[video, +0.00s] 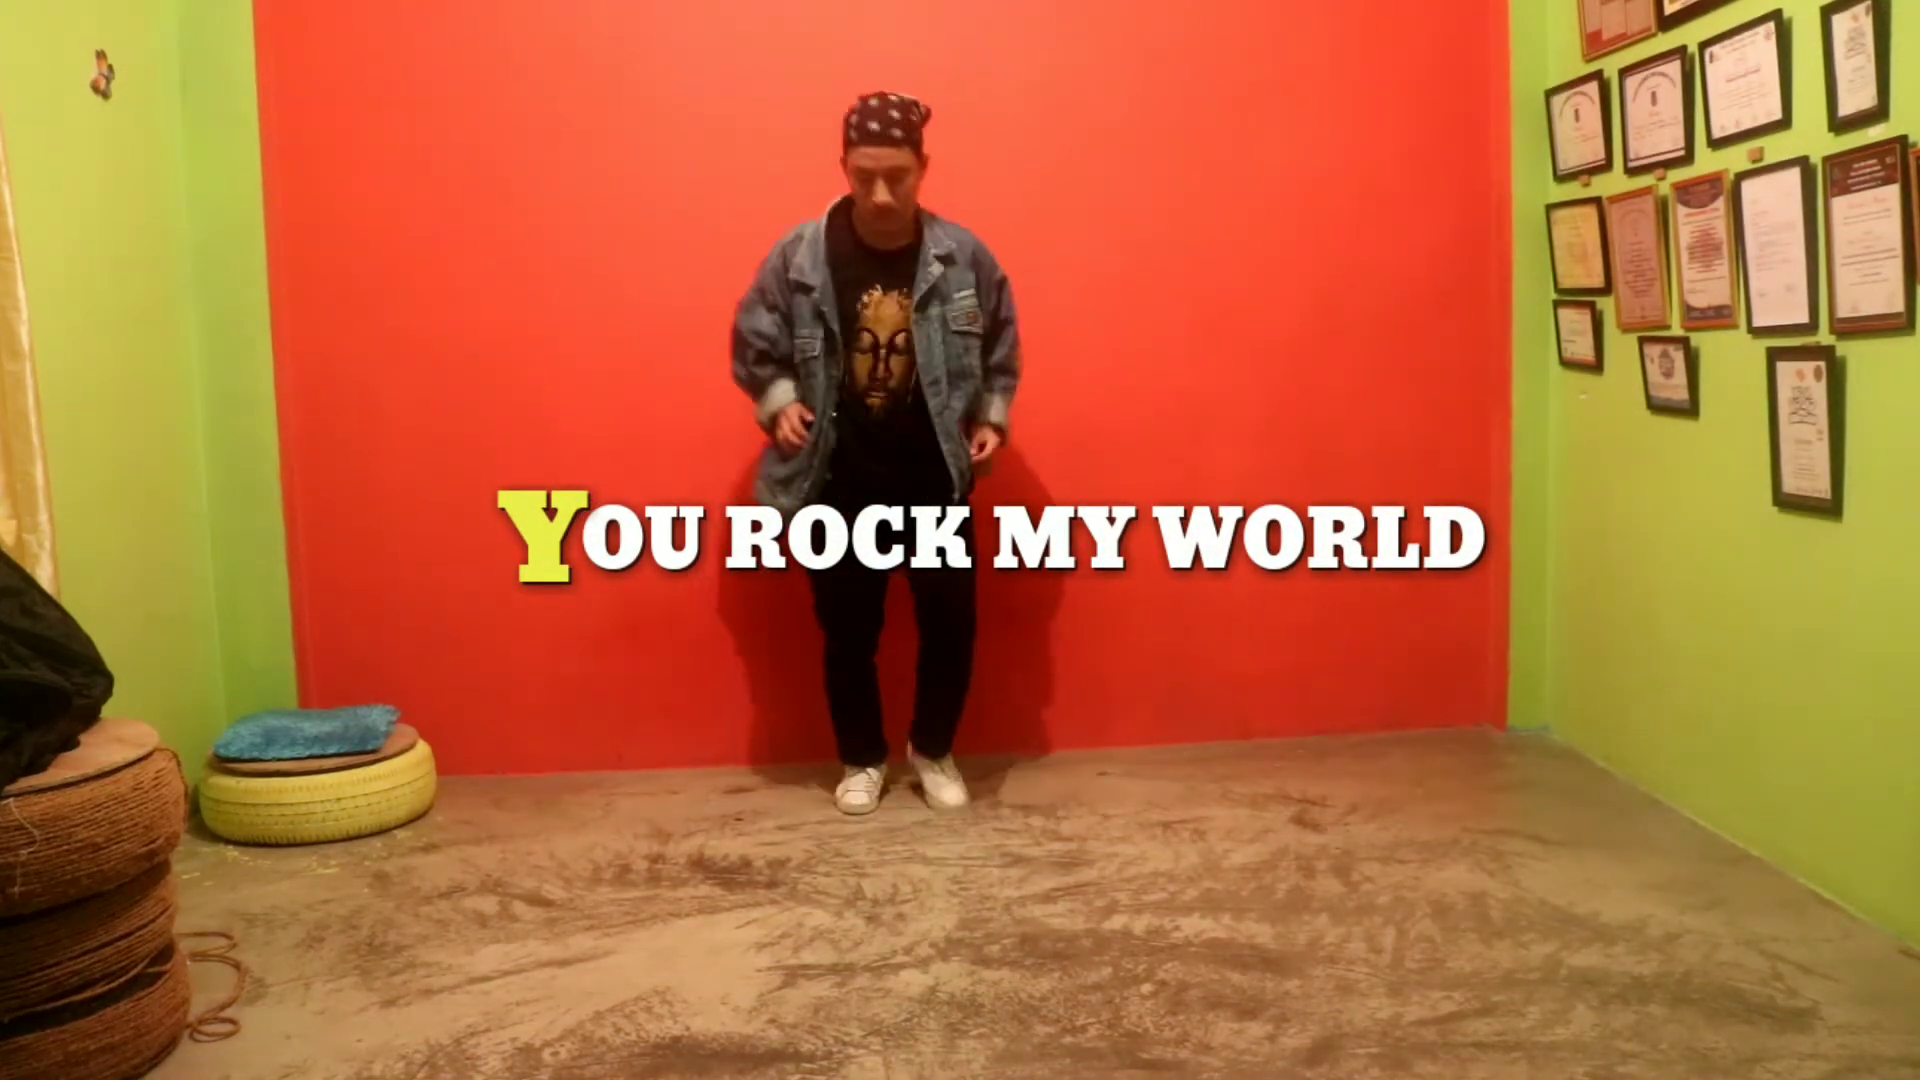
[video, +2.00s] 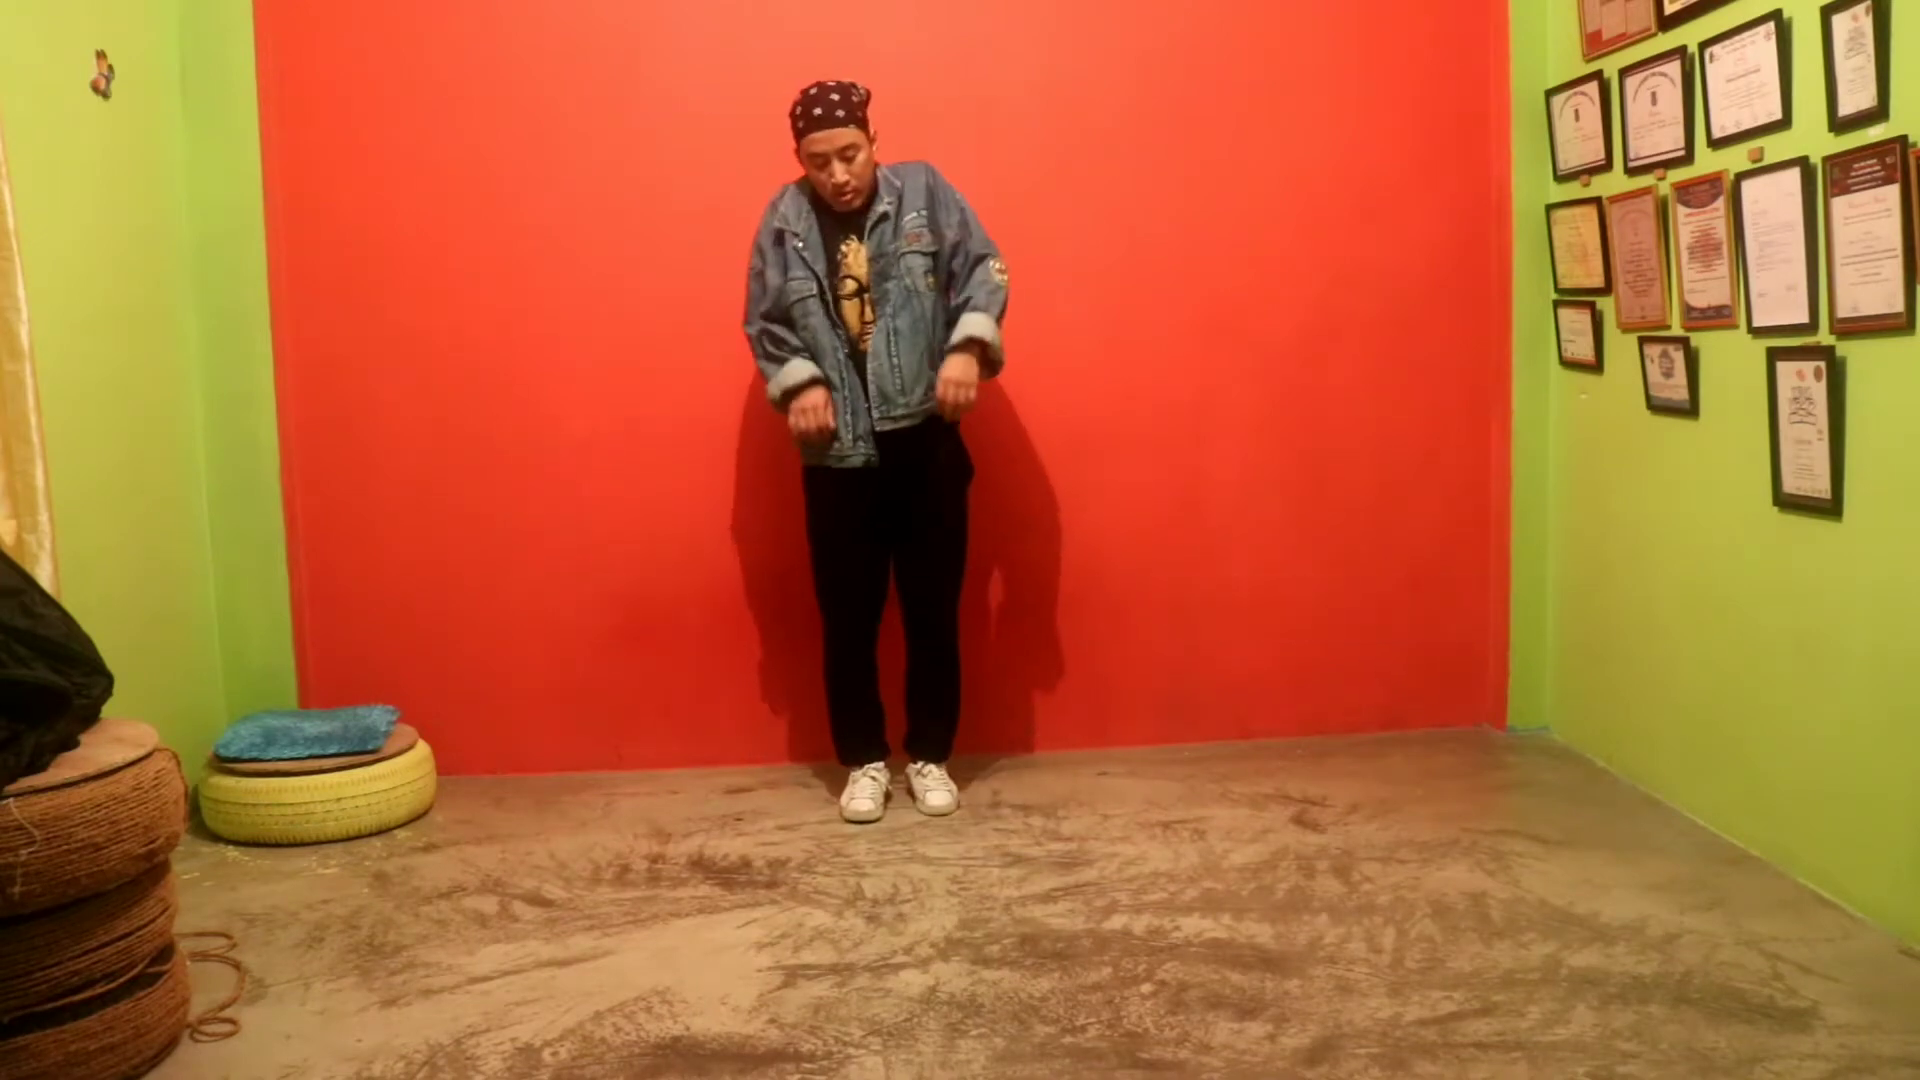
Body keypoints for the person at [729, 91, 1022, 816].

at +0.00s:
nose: (881, 193)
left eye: (896, 176)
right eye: (866, 176)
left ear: (922, 171)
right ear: (846, 172)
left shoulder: (963, 256)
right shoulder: (800, 256)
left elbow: (1001, 342)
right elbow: (754, 338)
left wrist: (991, 413)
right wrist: (777, 400)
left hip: (933, 472)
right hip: (838, 472)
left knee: (950, 619)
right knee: (849, 627)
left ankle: (932, 753)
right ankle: (862, 762)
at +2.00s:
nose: (838, 174)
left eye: (849, 154)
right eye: (821, 161)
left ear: (873, 143)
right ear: (800, 161)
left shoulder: (923, 191)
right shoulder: (783, 223)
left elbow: (982, 272)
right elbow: (767, 321)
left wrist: (965, 350)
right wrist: (799, 383)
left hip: (928, 442)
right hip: (838, 456)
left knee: (933, 610)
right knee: (849, 616)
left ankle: (929, 759)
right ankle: (865, 764)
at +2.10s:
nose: (839, 181)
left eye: (851, 162)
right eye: (822, 168)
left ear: (875, 149)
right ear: (801, 167)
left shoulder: (927, 192)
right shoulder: (779, 247)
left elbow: (992, 259)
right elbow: (769, 344)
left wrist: (961, 329)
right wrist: (803, 394)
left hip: (928, 445)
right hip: (839, 459)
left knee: (933, 608)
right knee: (849, 615)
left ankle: (929, 759)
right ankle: (865, 764)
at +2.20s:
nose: (840, 193)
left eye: (852, 174)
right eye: (823, 180)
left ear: (875, 162)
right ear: (804, 180)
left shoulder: (925, 198)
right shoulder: (788, 275)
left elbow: (997, 258)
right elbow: (774, 378)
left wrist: (960, 325)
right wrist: (809, 433)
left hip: (930, 452)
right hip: (842, 468)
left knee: (935, 613)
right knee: (847, 621)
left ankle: (930, 762)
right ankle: (864, 765)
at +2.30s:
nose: (842, 190)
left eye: (853, 172)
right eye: (825, 178)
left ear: (876, 160)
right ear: (804, 178)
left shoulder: (923, 193)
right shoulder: (793, 275)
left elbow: (998, 248)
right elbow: (780, 377)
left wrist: (959, 311)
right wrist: (810, 425)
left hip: (934, 453)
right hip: (845, 470)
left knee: (937, 613)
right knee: (851, 620)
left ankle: (929, 761)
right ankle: (866, 766)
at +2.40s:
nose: (842, 188)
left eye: (853, 169)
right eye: (824, 176)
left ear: (877, 156)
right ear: (803, 176)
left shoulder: (924, 190)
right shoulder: (791, 272)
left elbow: (999, 241)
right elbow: (779, 372)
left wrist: (961, 300)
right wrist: (810, 419)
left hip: (934, 448)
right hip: (847, 465)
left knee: (939, 610)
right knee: (854, 617)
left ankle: (929, 760)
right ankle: (866, 764)